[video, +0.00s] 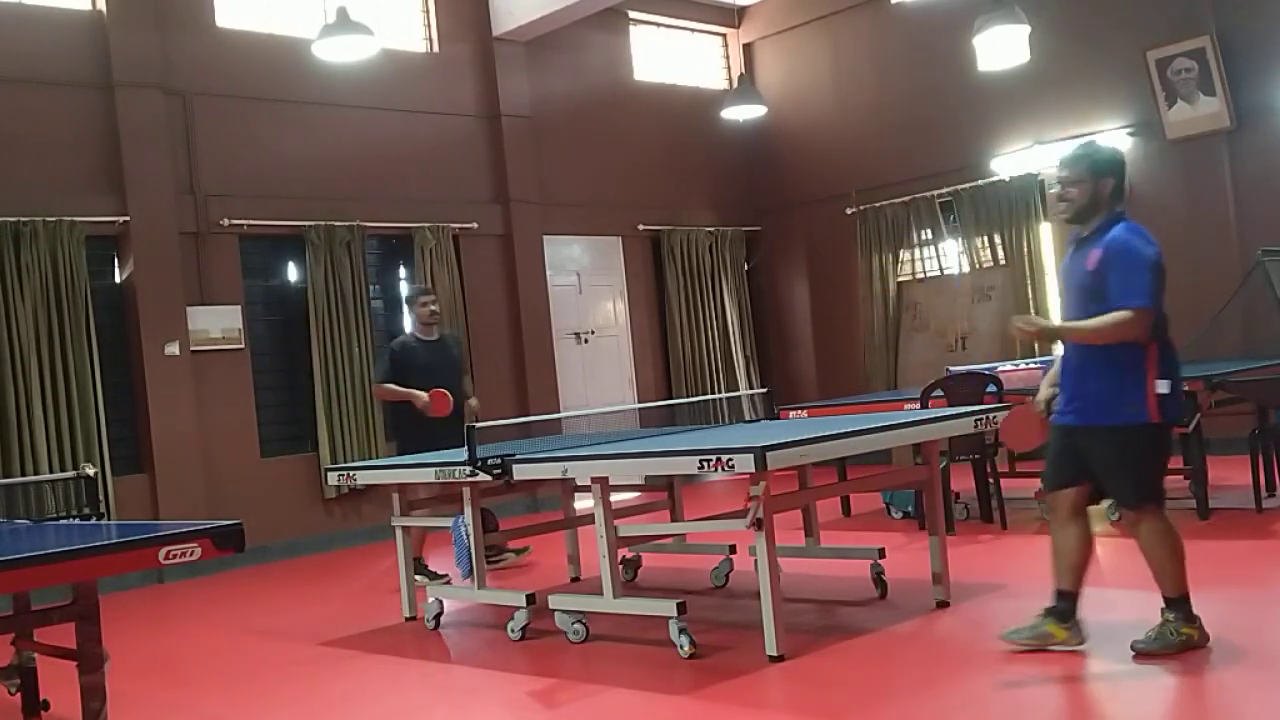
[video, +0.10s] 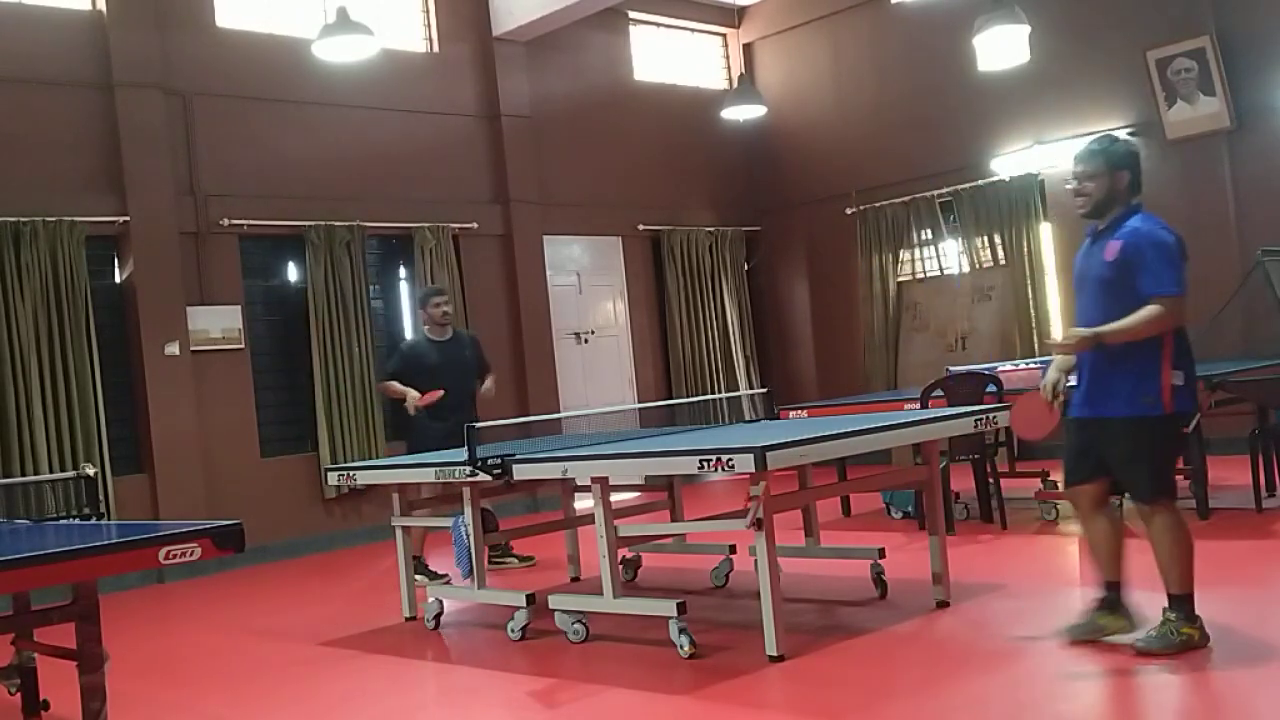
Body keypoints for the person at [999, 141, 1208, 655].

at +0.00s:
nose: (1061, 195)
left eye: (1072, 185)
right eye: (1059, 186)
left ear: (1108, 186)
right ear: (1064, 189)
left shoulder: (1128, 244)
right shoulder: (1080, 249)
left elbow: (1137, 323)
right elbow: (1086, 329)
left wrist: (1057, 331)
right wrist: (1055, 375)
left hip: (1129, 410)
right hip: (1080, 410)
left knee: (1143, 512)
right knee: (1062, 500)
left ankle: (1181, 619)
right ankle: (1062, 618)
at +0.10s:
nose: (1075, 188)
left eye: (1086, 179)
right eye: (1074, 180)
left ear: (1123, 180)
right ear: (1081, 183)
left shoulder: (1150, 236)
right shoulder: (1090, 246)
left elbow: (1170, 311)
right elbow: (1089, 323)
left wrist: (1095, 335)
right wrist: (1058, 367)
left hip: (1148, 401)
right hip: (1095, 401)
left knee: (1154, 502)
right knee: (1084, 491)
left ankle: (1183, 617)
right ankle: (1112, 607)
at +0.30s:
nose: (1106, 188)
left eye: (1117, 178)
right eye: (1103, 179)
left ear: (1153, 179)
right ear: (1104, 184)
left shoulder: (1183, 234)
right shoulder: (1116, 247)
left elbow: (1222, 302)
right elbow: (1114, 322)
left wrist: (1158, 334)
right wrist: (1064, 346)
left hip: (1169, 399)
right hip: (1128, 400)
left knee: (1163, 497)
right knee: (1145, 495)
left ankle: (1182, 619)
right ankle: (1220, 572)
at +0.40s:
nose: (1122, 192)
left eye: (1132, 181)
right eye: (1119, 184)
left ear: (1167, 182)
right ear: (1120, 189)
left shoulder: (1196, 236)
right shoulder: (1128, 249)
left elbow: (1231, 304)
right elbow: (1119, 317)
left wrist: (1171, 334)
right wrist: (1067, 338)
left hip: (1179, 398)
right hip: (1143, 399)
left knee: (1163, 499)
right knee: (1186, 493)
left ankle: (1183, 618)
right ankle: (1244, 579)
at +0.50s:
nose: (1131, 194)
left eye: (1141, 184)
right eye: (1128, 186)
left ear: (1176, 184)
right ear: (1132, 191)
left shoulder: (1204, 237)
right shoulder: (1138, 251)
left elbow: (1235, 308)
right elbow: (1130, 316)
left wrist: (1172, 336)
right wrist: (1083, 331)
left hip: (1190, 397)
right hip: (1159, 398)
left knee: (1172, 496)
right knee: (1206, 492)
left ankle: (1183, 618)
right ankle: (1253, 591)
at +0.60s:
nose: (1138, 193)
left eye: (1148, 183)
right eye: (1135, 186)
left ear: (1181, 183)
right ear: (1137, 191)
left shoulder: (1207, 234)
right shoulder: (1153, 247)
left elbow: (1239, 306)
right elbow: (1150, 317)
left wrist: (1170, 340)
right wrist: (1099, 328)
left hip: (1202, 391)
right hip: (1181, 391)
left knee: (1183, 490)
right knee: (1222, 488)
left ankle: (1186, 612)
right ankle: (1257, 592)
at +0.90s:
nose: (1146, 192)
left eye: (1153, 182)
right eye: (1146, 183)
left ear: (1181, 180)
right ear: (1182, 183)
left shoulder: (1210, 226)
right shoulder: (1194, 230)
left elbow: (1237, 297)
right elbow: (1210, 306)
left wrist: (1164, 329)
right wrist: (1157, 335)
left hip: (1217, 390)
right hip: (1222, 388)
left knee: (1213, 487)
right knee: (1245, 486)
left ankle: (1241, 601)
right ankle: (1257, 589)